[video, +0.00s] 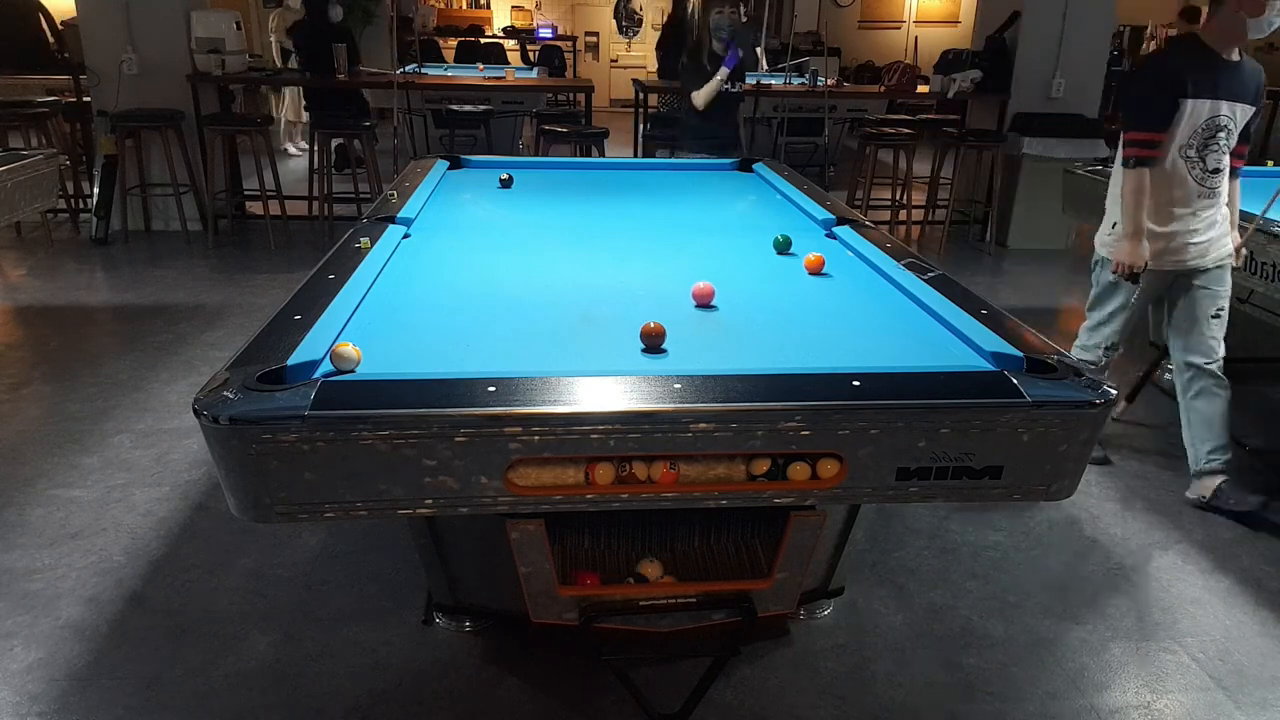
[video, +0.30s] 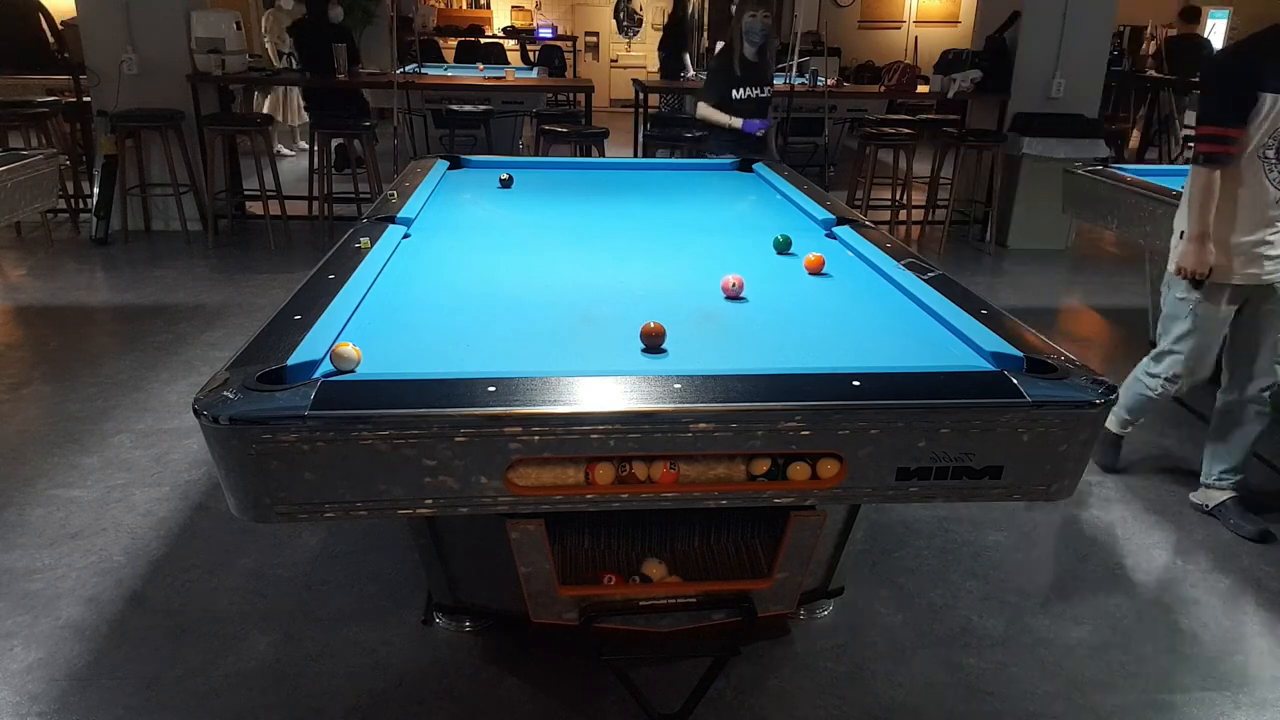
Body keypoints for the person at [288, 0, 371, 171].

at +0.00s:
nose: (341, 11)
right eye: (337, 7)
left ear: (307, 9)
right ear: (330, 9)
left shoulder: (299, 31)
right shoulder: (341, 32)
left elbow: (302, 70)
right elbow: (355, 72)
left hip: (315, 106)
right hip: (346, 106)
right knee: (362, 105)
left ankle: (351, 150)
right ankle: (346, 148)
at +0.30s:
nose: (340, 10)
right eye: (337, 6)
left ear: (308, 8)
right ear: (330, 8)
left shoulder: (298, 30)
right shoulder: (341, 31)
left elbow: (303, 67)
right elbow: (354, 68)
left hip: (314, 104)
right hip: (345, 105)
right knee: (362, 106)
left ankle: (352, 151)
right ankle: (346, 149)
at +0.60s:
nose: (342, 11)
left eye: (341, 7)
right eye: (339, 7)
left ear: (310, 9)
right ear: (332, 9)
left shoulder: (299, 30)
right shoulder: (342, 33)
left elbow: (304, 67)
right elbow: (357, 72)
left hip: (315, 104)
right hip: (345, 106)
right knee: (363, 106)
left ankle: (352, 151)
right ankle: (347, 149)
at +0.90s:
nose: (345, 8)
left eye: (344, 4)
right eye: (341, 5)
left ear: (312, 8)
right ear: (331, 8)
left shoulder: (299, 30)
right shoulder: (341, 33)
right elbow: (357, 72)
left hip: (315, 103)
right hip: (344, 105)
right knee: (362, 105)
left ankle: (350, 149)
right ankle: (345, 148)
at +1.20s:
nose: (340, 10)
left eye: (339, 5)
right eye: (336, 6)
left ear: (313, 9)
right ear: (326, 8)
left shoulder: (303, 30)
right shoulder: (338, 31)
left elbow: (305, 69)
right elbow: (355, 66)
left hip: (314, 100)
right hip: (343, 102)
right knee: (363, 107)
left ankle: (350, 151)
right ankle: (345, 149)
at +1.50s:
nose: (335, 8)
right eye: (331, 5)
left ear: (302, 7)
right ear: (319, 5)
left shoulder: (298, 30)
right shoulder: (331, 27)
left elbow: (302, 67)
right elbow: (351, 59)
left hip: (314, 103)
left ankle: (348, 151)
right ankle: (345, 149)